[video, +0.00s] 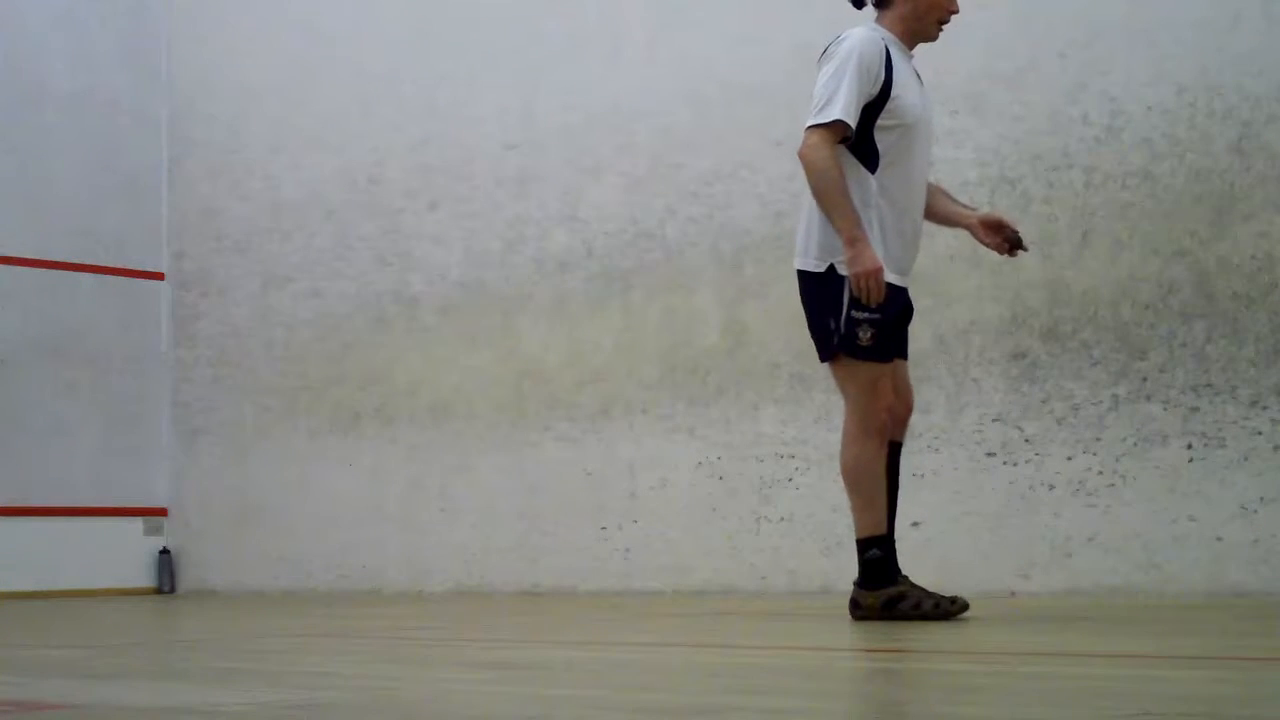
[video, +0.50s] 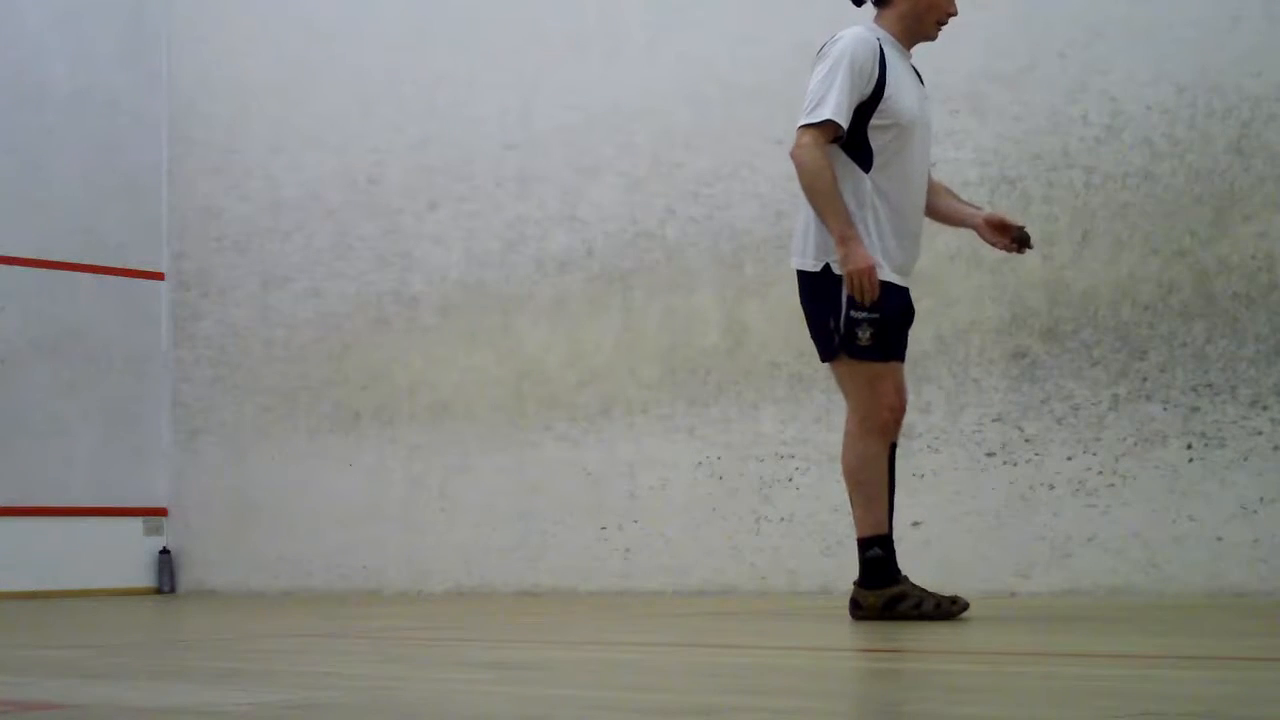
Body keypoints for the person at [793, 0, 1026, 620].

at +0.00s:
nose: (953, 8)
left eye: (952, 0)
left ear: (910, 3)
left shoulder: (904, 67)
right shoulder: (863, 48)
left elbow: (903, 183)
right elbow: (816, 149)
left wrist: (972, 219)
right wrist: (856, 243)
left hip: (881, 268)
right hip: (844, 267)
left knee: (894, 410)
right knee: (869, 412)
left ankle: (882, 576)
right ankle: (875, 582)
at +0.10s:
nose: (953, 10)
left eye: (952, 1)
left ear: (910, 3)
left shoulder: (905, 68)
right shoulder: (861, 48)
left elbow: (906, 182)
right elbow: (814, 150)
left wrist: (975, 218)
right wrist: (854, 244)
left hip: (878, 268)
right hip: (844, 267)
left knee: (881, 410)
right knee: (874, 409)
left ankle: (879, 577)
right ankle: (875, 580)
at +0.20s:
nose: (953, 8)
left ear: (909, 1)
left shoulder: (906, 69)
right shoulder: (859, 47)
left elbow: (908, 180)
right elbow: (813, 150)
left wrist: (977, 216)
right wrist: (853, 243)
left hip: (879, 268)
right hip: (845, 267)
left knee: (877, 411)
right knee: (873, 410)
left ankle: (878, 577)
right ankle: (875, 580)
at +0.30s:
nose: (951, 10)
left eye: (951, 1)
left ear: (911, 2)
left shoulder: (905, 69)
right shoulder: (858, 48)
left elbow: (910, 182)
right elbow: (812, 151)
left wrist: (978, 216)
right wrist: (852, 246)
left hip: (880, 268)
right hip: (846, 268)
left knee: (878, 413)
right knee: (876, 410)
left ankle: (880, 579)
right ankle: (877, 581)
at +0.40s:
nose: (951, 9)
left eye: (952, 1)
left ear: (910, 2)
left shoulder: (906, 69)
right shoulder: (858, 48)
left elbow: (910, 182)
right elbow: (811, 149)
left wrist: (977, 216)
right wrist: (851, 245)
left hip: (882, 268)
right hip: (848, 268)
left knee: (878, 413)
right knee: (876, 410)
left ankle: (880, 579)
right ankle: (877, 581)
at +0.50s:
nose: (952, 10)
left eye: (952, 2)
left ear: (911, 3)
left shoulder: (907, 70)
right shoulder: (857, 47)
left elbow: (911, 183)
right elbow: (808, 149)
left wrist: (978, 218)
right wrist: (849, 243)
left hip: (882, 268)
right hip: (846, 267)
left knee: (878, 413)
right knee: (878, 410)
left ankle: (879, 579)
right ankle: (877, 581)